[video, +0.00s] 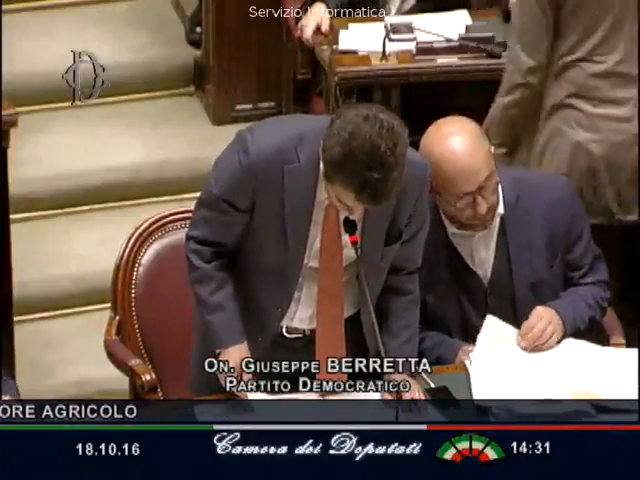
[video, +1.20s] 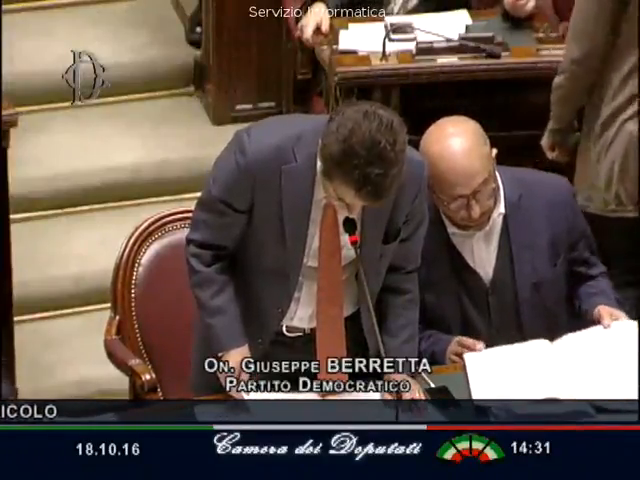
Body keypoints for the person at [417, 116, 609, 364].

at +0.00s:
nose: (481, 207)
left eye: (486, 186)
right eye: (463, 199)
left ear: (493, 158)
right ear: (432, 189)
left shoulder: (552, 197)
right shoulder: (409, 225)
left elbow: (594, 284)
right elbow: (402, 327)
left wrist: (561, 315)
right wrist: (455, 353)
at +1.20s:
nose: (473, 211)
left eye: (481, 192)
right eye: (455, 200)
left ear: (493, 157)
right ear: (429, 185)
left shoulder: (552, 197)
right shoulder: (407, 221)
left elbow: (586, 271)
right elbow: (394, 324)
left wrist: (601, 305)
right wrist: (441, 348)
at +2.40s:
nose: (477, 206)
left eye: (484, 187)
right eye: (458, 197)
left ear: (492, 154)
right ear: (429, 186)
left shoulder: (551, 193)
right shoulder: (407, 221)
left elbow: (586, 271)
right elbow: (391, 323)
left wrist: (610, 304)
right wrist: (439, 345)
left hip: (557, 377)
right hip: (457, 388)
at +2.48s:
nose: (477, 206)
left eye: (484, 187)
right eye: (459, 197)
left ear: (492, 154)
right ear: (430, 186)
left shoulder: (551, 193)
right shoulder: (407, 220)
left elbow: (586, 271)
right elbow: (391, 322)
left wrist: (610, 304)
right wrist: (439, 345)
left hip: (556, 378)